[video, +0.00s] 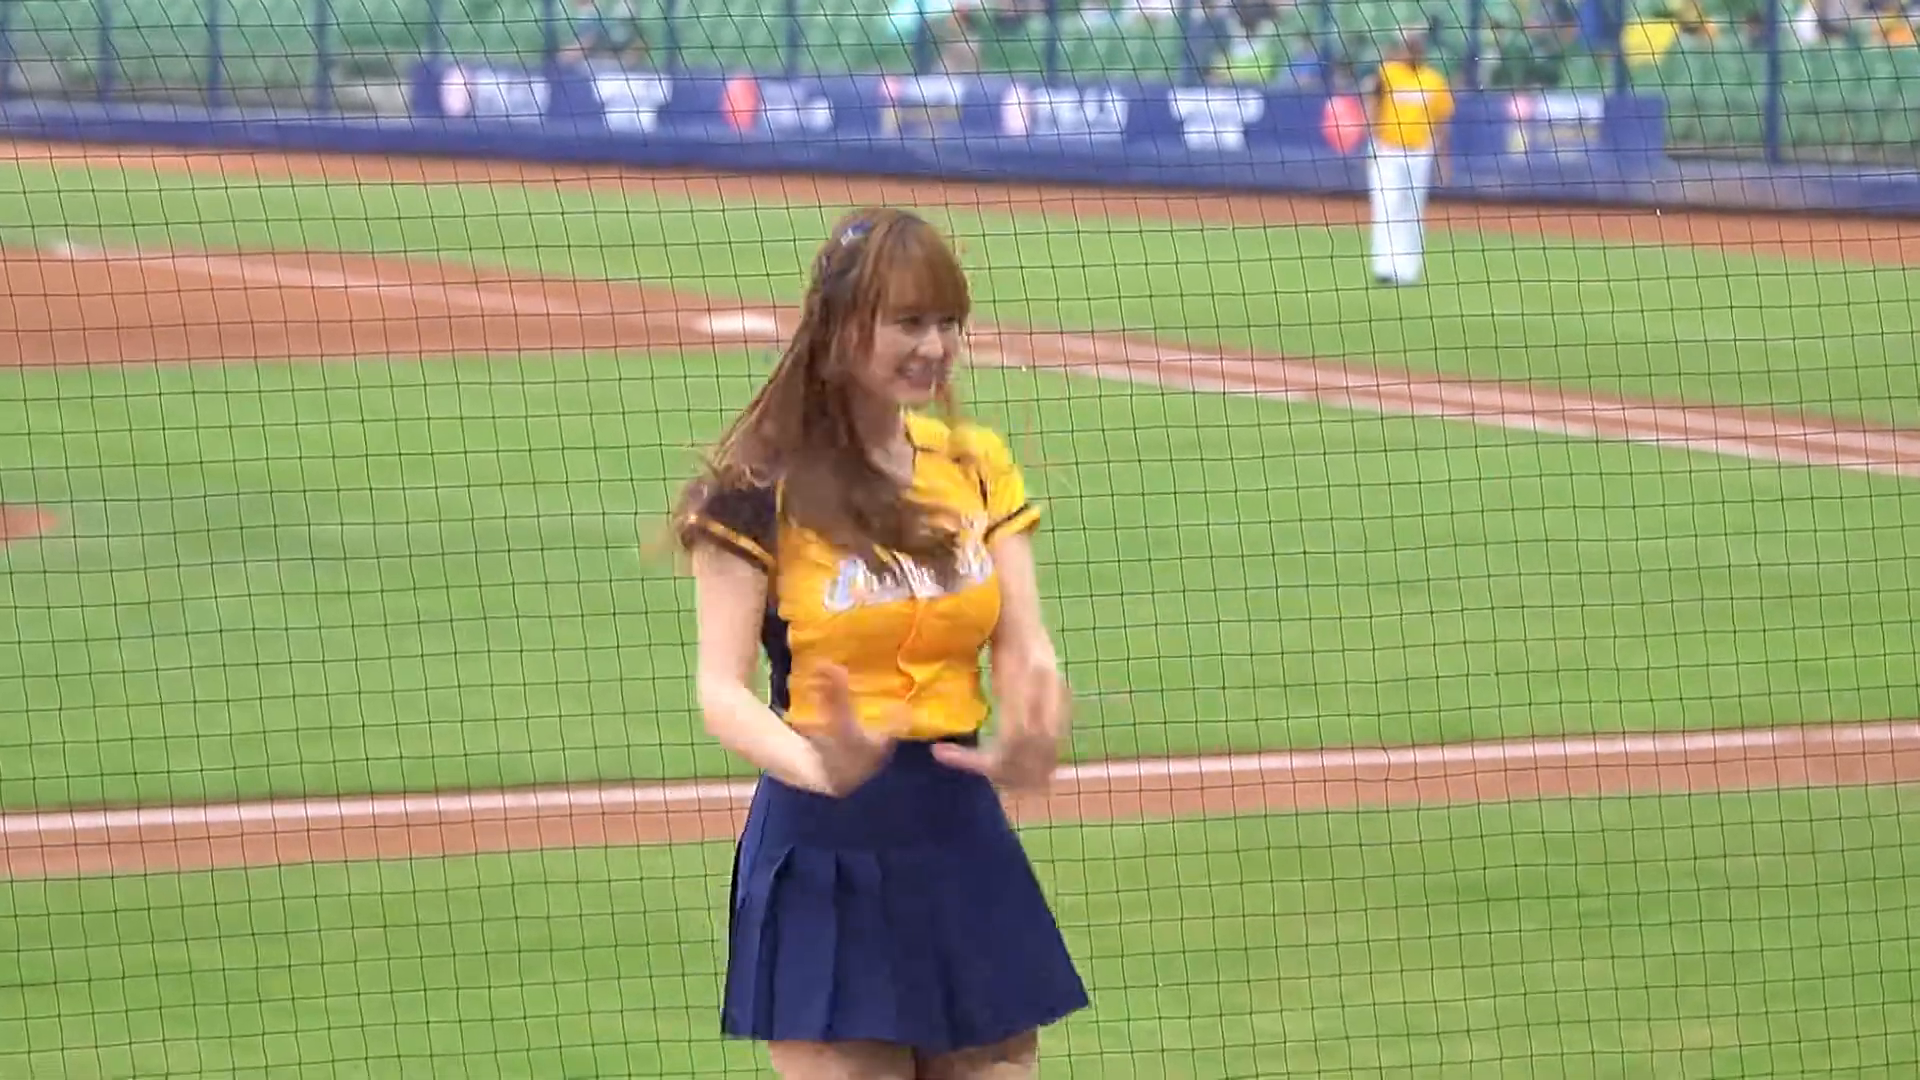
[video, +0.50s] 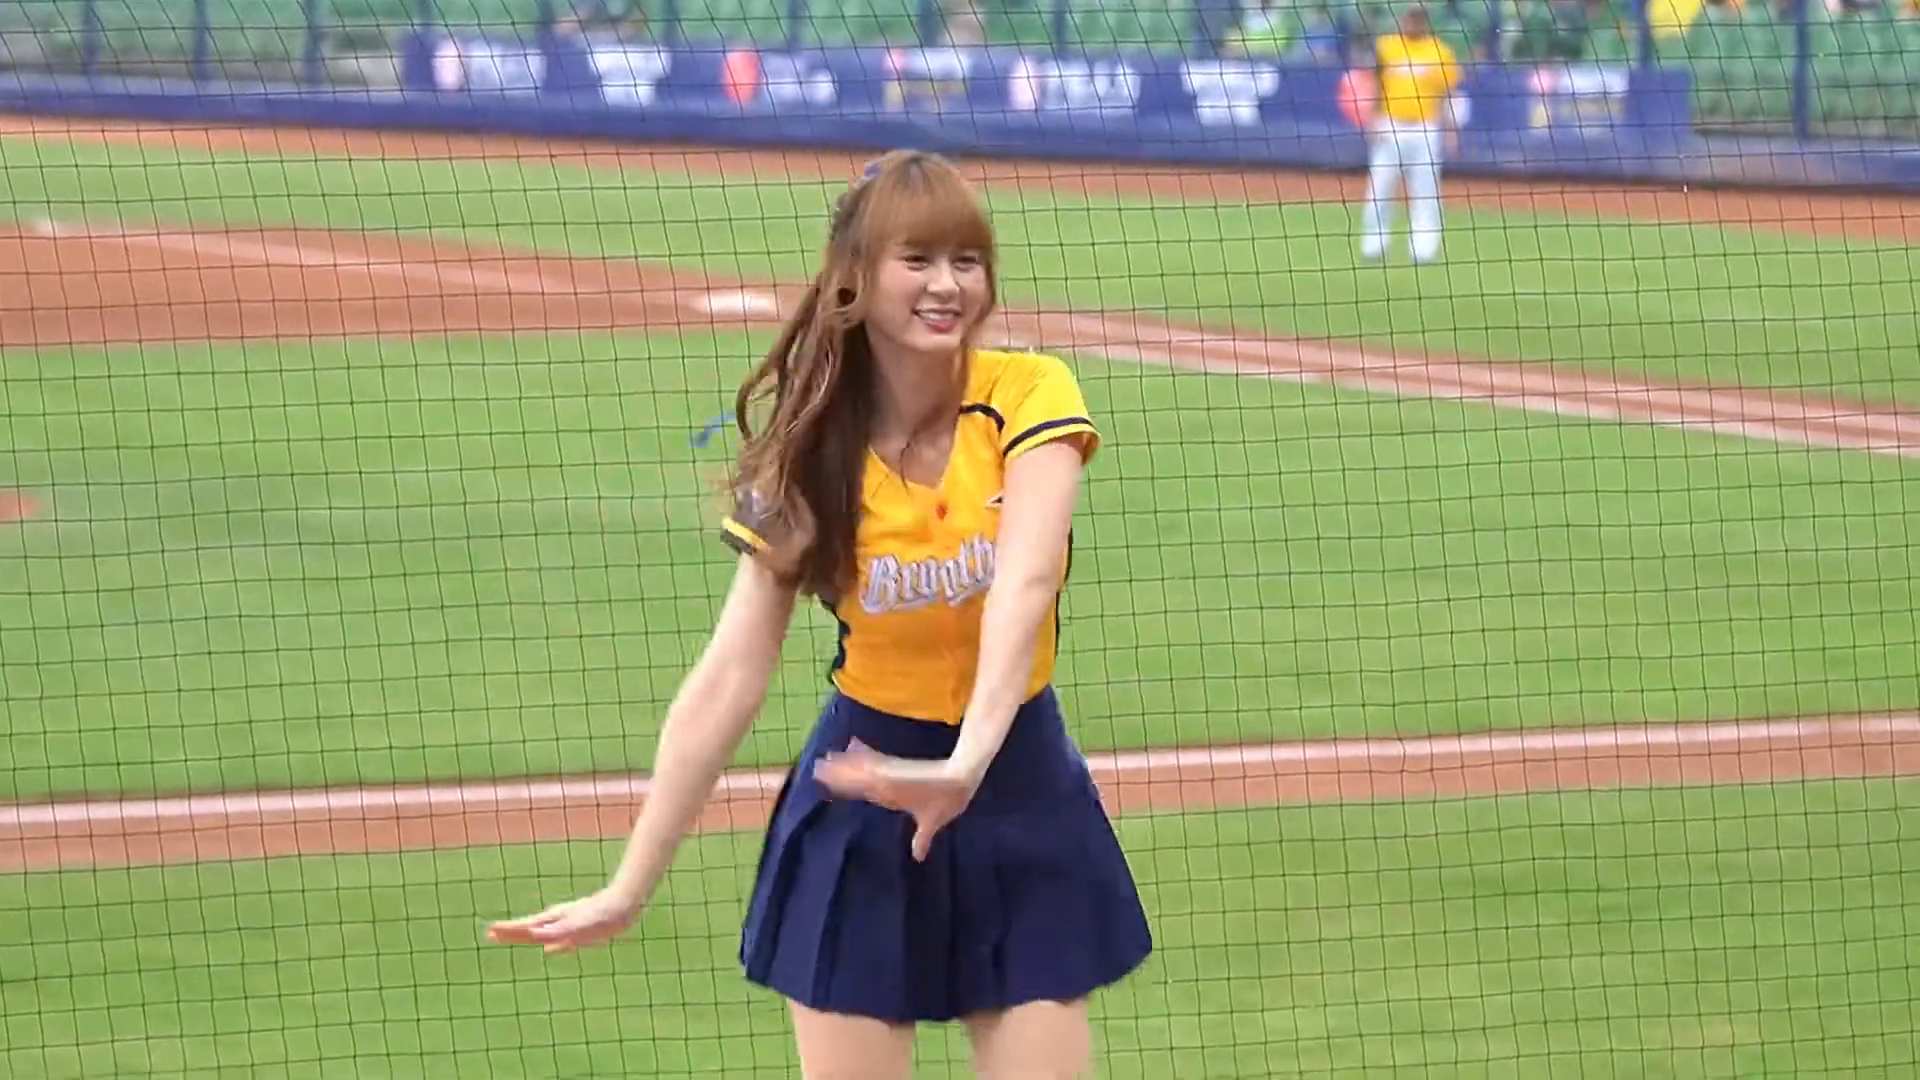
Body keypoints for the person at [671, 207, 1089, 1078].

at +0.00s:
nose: (935, 347)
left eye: (948, 323)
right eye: (908, 322)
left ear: (962, 327)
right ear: (839, 328)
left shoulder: (976, 461)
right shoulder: (758, 483)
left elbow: (1021, 638)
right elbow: (720, 692)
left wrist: (1030, 738)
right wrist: (817, 769)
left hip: (962, 810)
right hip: (825, 822)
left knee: (997, 1057)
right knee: (846, 1057)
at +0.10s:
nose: (927, 261)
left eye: (941, 236)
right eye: (898, 239)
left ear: (960, 244)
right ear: (830, 255)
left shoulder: (1000, 380)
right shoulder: (765, 416)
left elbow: (1054, 559)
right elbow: (693, 602)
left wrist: (994, 639)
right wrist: (687, 658)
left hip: (969, 771)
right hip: (825, 773)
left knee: (960, 1064)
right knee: (829, 1064)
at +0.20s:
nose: (915, 250)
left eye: (934, 226)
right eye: (882, 228)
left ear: (957, 242)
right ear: (818, 249)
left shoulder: (1002, 365)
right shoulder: (775, 406)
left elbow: (1053, 507)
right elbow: (640, 569)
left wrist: (960, 572)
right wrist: (553, 611)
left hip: (984, 782)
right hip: (829, 778)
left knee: (947, 1066)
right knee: (808, 1064)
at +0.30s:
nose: (908, 284)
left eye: (926, 260)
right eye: (877, 261)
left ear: (946, 278)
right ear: (815, 284)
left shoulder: (1003, 395)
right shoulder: (783, 447)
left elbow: (1000, 511)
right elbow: (623, 586)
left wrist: (945, 610)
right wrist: (471, 652)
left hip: (994, 809)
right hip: (838, 805)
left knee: (966, 1066)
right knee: (808, 1063)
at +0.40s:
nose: (925, 266)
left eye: (943, 242)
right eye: (894, 243)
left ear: (965, 259)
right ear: (831, 268)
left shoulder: (1019, 389)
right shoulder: (795, 435)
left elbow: (1008, 571)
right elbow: (677, 636)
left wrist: (940, 747)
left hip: (1008, 767)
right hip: (847, 757)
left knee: (987, 1064)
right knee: (824, 1064)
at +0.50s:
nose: (947, 284)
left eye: (966, 260)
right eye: (916, 259)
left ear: (989, 277)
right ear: (854, 279)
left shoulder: (1031, 393)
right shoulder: (813, 447)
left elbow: (1028, 581)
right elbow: (727, 677)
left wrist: (970, 756)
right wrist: (628, 888)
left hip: (1019, 787)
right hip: (860, 784)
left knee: (1047, 1057)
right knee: (849, 1059)